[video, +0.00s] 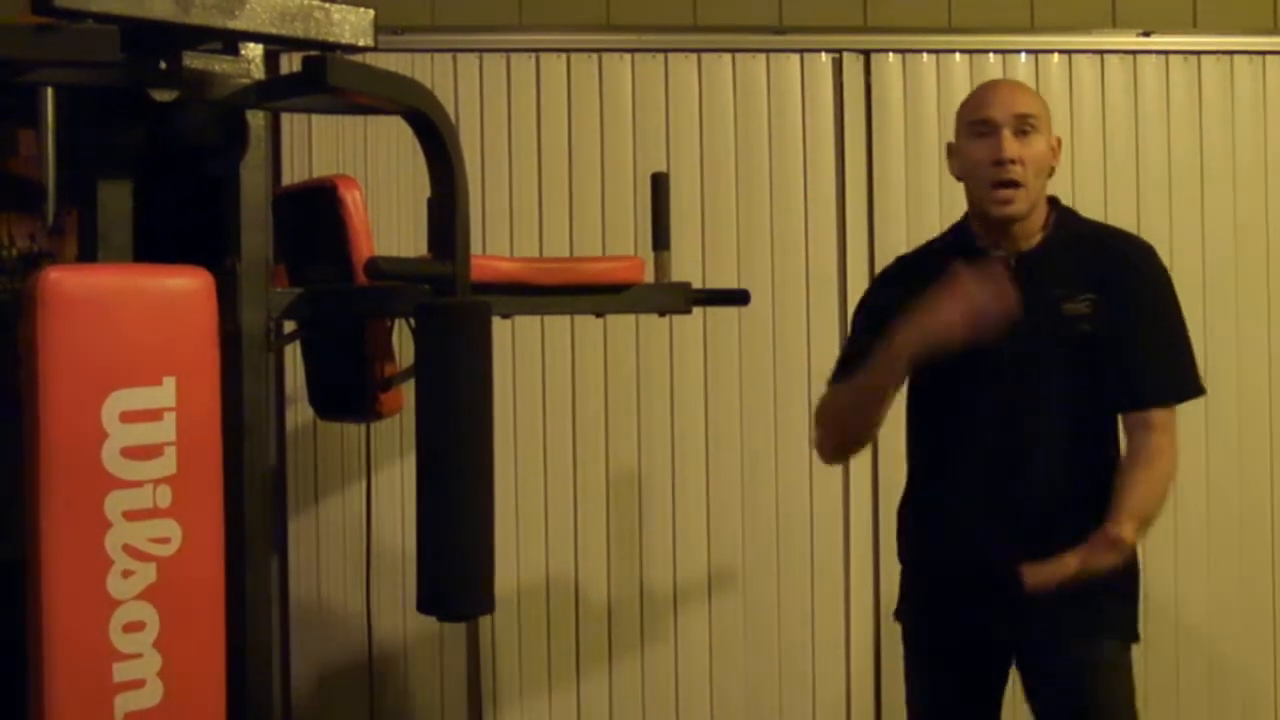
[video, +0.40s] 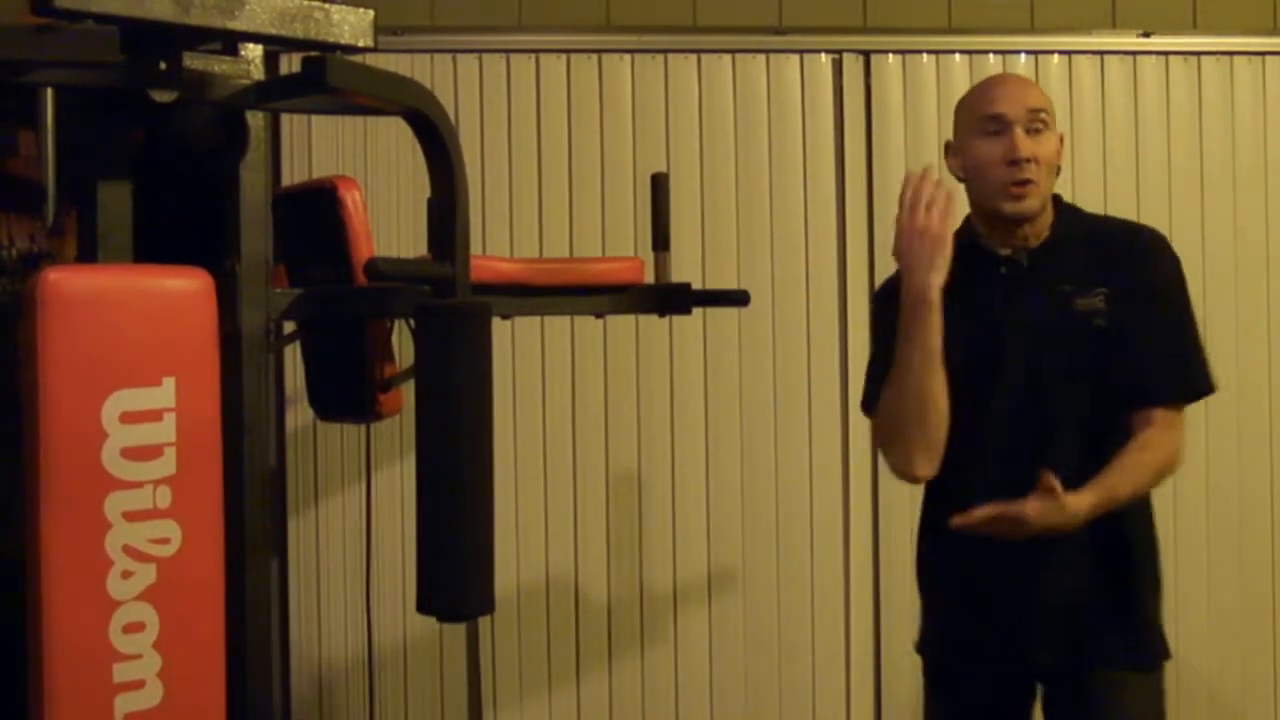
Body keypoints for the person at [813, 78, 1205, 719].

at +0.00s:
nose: (1005, 148)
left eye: (1024, 130)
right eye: (983, 132)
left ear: (1052, 154)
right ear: (954, 160)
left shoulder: (1120, 267)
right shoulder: (908, 282)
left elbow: (1152, 434)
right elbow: (832, 442)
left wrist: (1116, 535)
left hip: (1077, 580)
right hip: (948, 584)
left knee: (1097, 714)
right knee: (946, 715)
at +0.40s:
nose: (1021, 149)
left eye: (1038, 127)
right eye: (994, 131)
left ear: (1060, 150)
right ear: (955, 160)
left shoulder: (1134, 257)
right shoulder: (910, 290)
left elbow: (1163, 435)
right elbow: (913, 460)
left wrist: (1082, 503)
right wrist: (920, 291)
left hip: (1105, 610)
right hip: (970, 614)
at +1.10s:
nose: (963, 128)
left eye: (985, 99)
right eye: (938, 108)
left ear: (1025, 118)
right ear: (913, 131)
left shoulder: (1090, 229)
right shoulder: (880, 246)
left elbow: (1066, 359)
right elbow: (789, 320)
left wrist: (873, 348)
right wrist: (870, 153)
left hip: (1049, 615)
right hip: (901, 616)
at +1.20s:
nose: (943, 123)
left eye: (963, 99)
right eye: (917, 105)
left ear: (1001, 119)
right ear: (892, 135)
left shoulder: (1077, 227)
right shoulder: (857, 244)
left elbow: (1062, 359)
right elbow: (783, 317)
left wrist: (874, 349)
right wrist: (938, 211)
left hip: (1038, 614)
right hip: (888, 616)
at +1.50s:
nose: (1025, 126)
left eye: (1045, 104)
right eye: (997, 107)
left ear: (1074, 132)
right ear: (961, 143)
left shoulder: (1144, 268)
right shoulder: (906, 272)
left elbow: (1156, 481)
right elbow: (750, 376)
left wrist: (1088, 663)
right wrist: (901, 382)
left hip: (1100, 661)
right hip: (944, 654)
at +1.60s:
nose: (1037, 144)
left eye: (1056, 121)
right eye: (1009, 124)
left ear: (1087, 145)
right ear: (973, 157)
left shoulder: (1162, 278)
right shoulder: (933, 289)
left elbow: (1229, 487)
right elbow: (772, 395)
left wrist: (1262, 672)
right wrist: (905, 277)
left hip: (1128, 667)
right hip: (968, 670)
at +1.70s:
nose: (1057, 145)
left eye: (1075, 118)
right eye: (1029, 124)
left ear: (1103, 132)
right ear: (988, 150)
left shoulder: (1179, 271)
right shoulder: (934, 287)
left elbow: (1262, 454)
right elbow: (844, 447)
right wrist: (838, 282)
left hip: (1134, 663)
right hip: (975, 661)